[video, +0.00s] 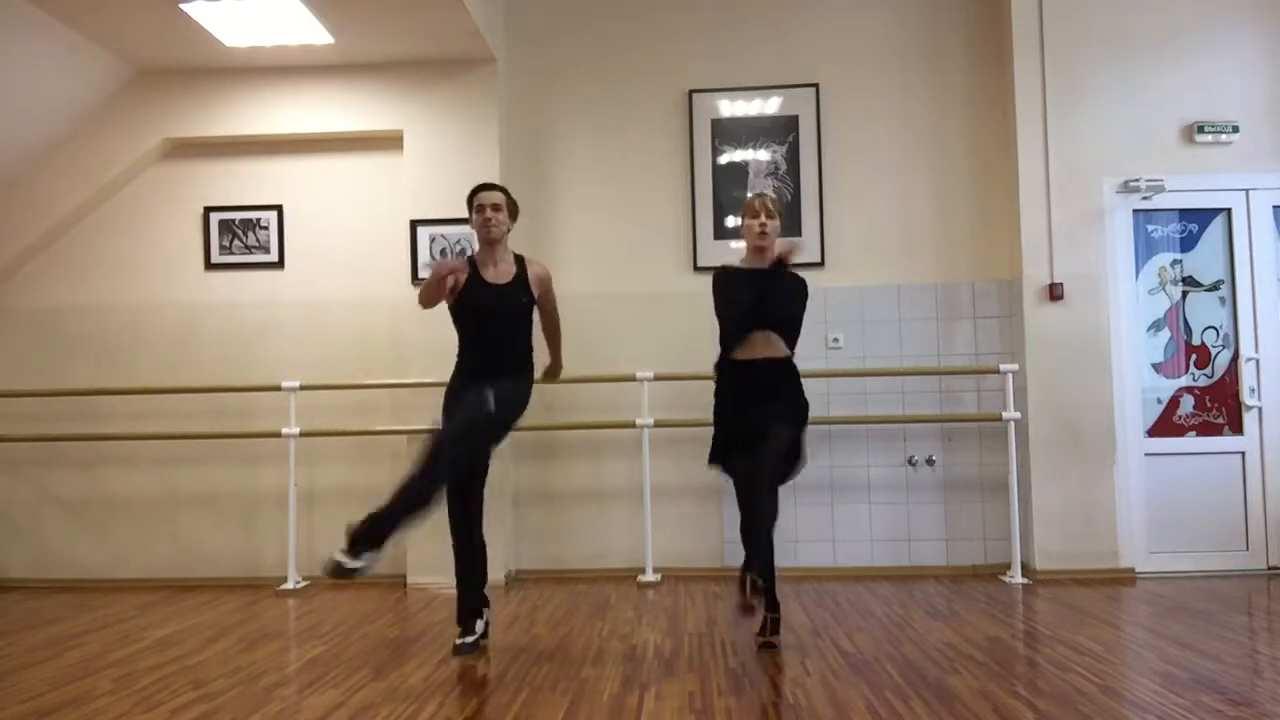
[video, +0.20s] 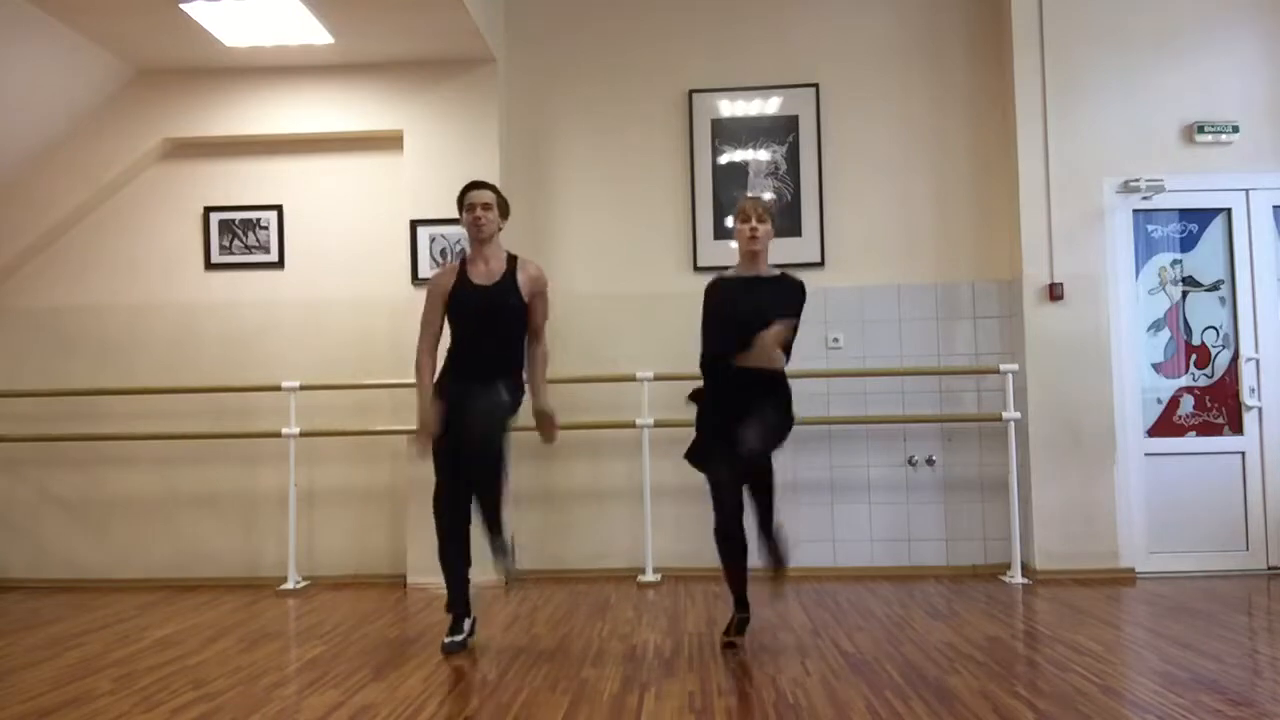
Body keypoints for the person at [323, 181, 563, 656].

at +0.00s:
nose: (489, 216)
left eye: (497, 208)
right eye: (481, 210)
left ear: (512, 219)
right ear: (470, 221)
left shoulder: (534, 274)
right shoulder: (458, 269)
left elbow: (550, 320)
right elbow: (426, 301)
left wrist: (555, 361)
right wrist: (440, 279)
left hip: (512, 384)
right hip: (466, 383)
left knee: (442, 460)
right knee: (465, 509)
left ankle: (364, 541)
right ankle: (473, 617)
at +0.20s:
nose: (479, 215)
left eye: (487, 208)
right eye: (471, 209)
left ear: (502, 217)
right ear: (461, 219)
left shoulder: (528, 276)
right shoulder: (446, 278)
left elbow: (537, 341)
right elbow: (428, 343)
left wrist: (541, 401)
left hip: (502, 382)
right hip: (455, 384)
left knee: (480, 431)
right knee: (448, 500)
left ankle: (495, 534)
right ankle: (460, 612)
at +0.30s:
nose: (477, 218)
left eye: (485, 212)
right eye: (469, 212)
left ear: (500, 221)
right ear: (459, 222)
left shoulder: (526, 279)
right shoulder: (443, 282)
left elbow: (535, 348)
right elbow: (427, 349)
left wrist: (547, 368)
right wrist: (419, 411)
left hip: (504, 407)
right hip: (453, 406)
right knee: (451, 515)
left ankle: (496, 583)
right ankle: (458, 618)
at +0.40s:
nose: (470, 208)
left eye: (478, 201)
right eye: (463, 202)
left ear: (494, 209)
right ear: (453, 213)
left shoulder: (519, 256)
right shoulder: (447, 271)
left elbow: (564, 304)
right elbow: (436, 323)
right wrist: (427, 367)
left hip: (514, 391)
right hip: (465, 392)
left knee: (509, 505)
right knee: (448, 491)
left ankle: (499, 611)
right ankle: (458, 593)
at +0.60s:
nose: (479, 214)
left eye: (486, 207)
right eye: (471, 209)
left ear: (501, 214)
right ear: (462, 219)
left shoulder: (520, 268)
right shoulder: (460, 280)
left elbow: (536, 321)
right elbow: (462, 337)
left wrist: (500, 278)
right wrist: (461, 382)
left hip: (522, 388)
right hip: (477, 389)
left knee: (533, 494)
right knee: (492, 462)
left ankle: (527, 608)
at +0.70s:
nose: (479, 214)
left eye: (487, 207)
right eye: (472, 208)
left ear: (503, 217)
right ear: (461, 221)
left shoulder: (524, 264)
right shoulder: (462, 273)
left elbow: (520, 299)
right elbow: (463, 331)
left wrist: (485, 271)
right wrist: (461, 380)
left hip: (525, 383)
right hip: (481, 381)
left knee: (531, 488)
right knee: (498, 436)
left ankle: (528, 604)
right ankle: (525, 561)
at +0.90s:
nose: (485, 216)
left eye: (492, 209)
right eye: (477, 210)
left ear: (508, 218)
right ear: (467, 220)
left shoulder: (527, 275)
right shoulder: (452, 283)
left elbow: (534, 343)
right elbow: (447, 350)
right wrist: (435, 407)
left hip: (525, 386)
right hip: (478, 386)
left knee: (532, 498)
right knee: (458, 430)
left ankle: (534, 604)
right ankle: (491, 508)